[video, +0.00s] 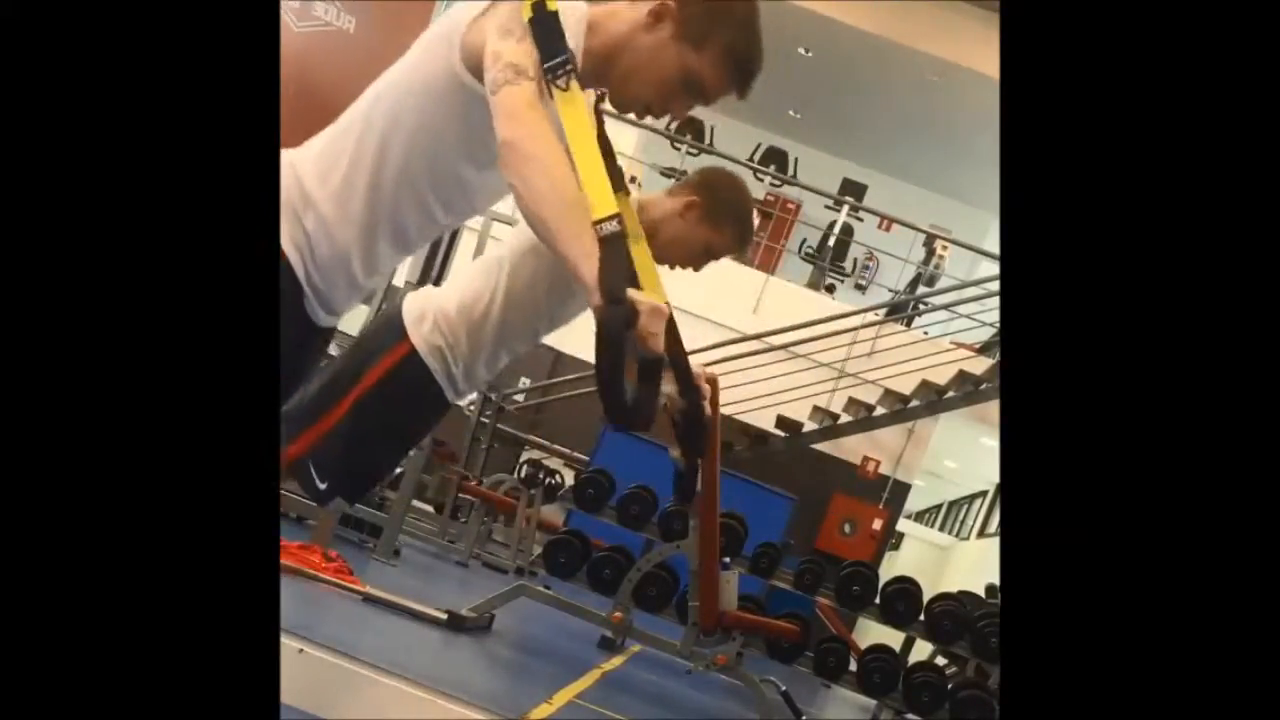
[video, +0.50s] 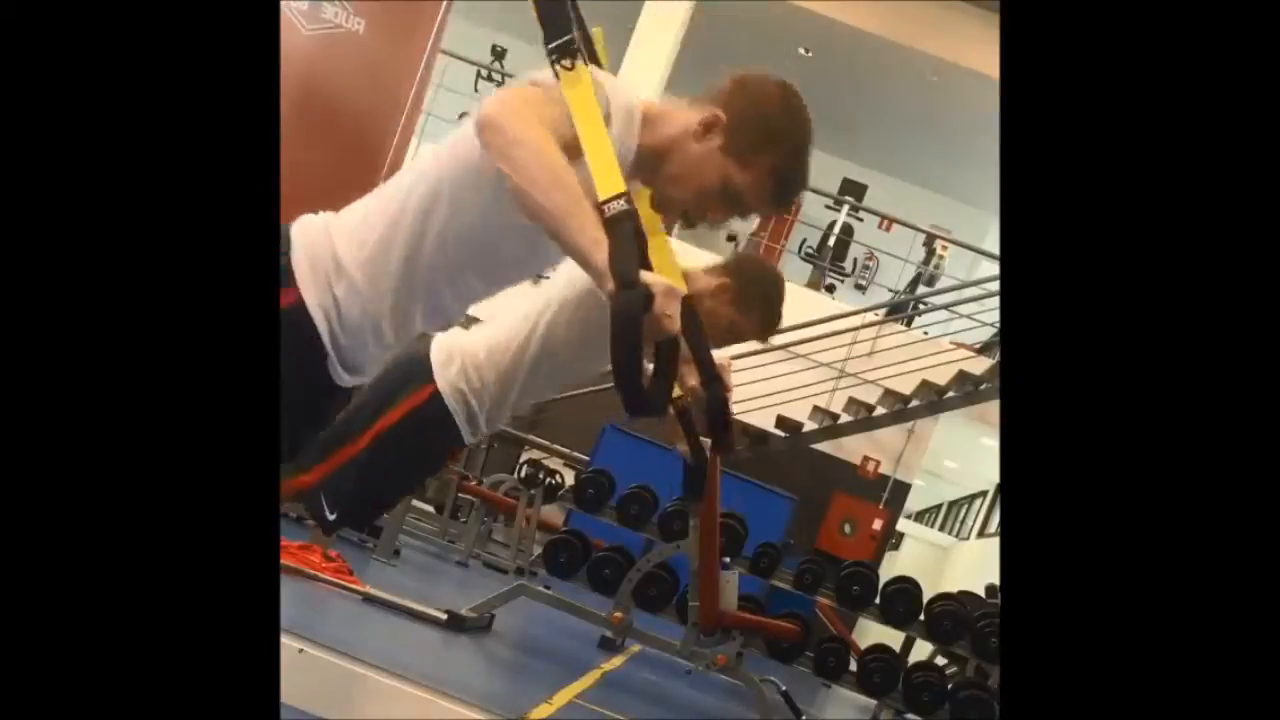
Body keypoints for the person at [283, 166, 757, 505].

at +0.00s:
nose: (697, 267)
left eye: (709, 260)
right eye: (707, 252)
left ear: (684, 208)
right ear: (687, 210)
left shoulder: (626, 249)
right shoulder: (614, 224)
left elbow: (643, 336)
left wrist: (677, 383)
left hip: (443, 368)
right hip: (422, 344)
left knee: (322, 486)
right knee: (292, 463)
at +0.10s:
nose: (694, 271)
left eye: (707, 265)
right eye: (706, 257)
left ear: (686, 213)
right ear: (689, 214)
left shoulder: (627, 252)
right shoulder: (608, 213)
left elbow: (631, 345)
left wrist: (673, 396)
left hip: (446, 373)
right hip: (422, 346)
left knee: (323, 491)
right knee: (294, 470)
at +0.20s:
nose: (694, 277)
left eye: (707, 272)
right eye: (706, 264)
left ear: (688, 220)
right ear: (691, 220)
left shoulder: (630, 253)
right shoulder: (608, 210)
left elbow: (643, 337)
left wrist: (680, 385)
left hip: (450, 378)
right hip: (423, 348)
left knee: (329, 488)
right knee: (298, 471)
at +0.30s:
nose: (697, 286)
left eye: (711, 281)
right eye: (710, 272)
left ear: (693, 226)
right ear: (695, 229)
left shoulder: (629, 257)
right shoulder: (615, 221)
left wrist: (675, 389)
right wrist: (672, 390)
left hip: (445, 386)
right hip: (423, 362)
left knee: (319, 502)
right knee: (296, 486)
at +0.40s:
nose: (705, 302)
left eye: (718, 298)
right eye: (716, 288)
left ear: (703, 245)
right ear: (705, 244)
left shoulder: (641, 280)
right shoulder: (626, 237)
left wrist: (679, 391)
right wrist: (677, 379)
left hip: (450, 392)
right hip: (427, 369)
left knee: (325, 508)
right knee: (298, 490)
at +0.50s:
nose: (720, 345)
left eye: (734, 342)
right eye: (727, 330)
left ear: (718, 292)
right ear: (716, 285)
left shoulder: (662, 326)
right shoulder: (644, 272)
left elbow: (652, 408)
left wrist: (695, 420)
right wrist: (691, 373)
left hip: (461, 408)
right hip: (440, 384)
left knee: (336, 516)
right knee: (310, 501)